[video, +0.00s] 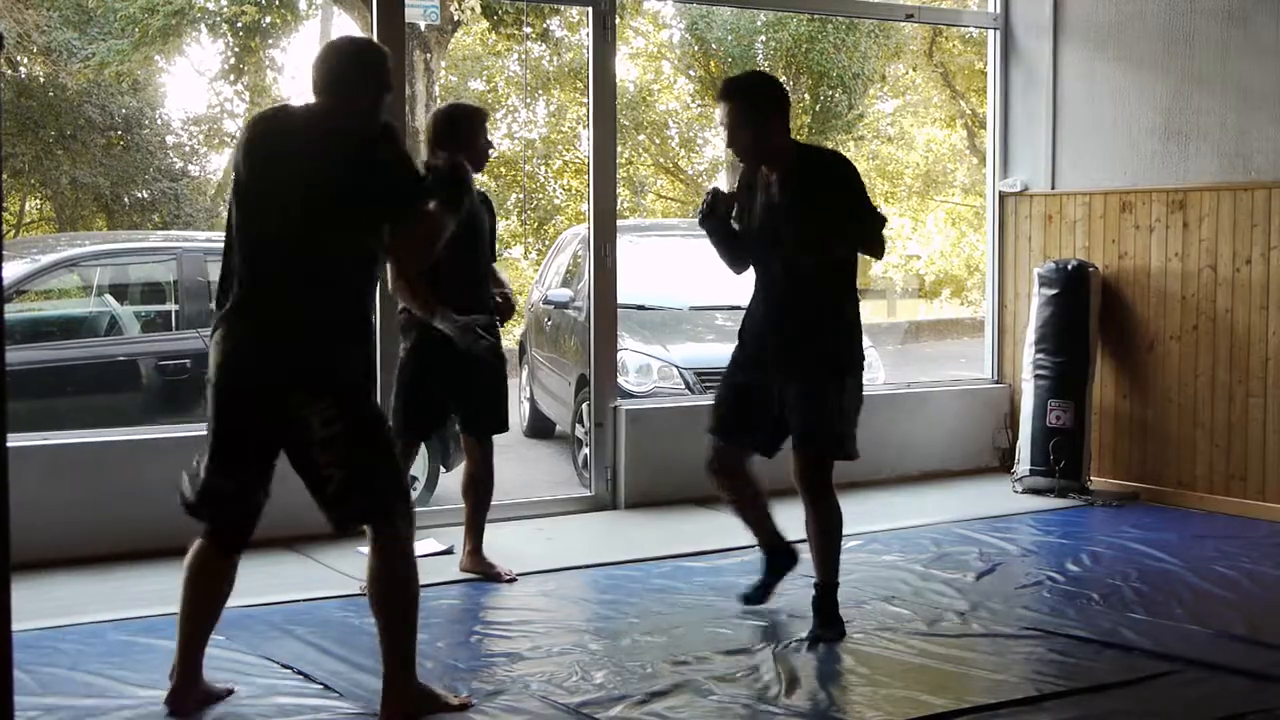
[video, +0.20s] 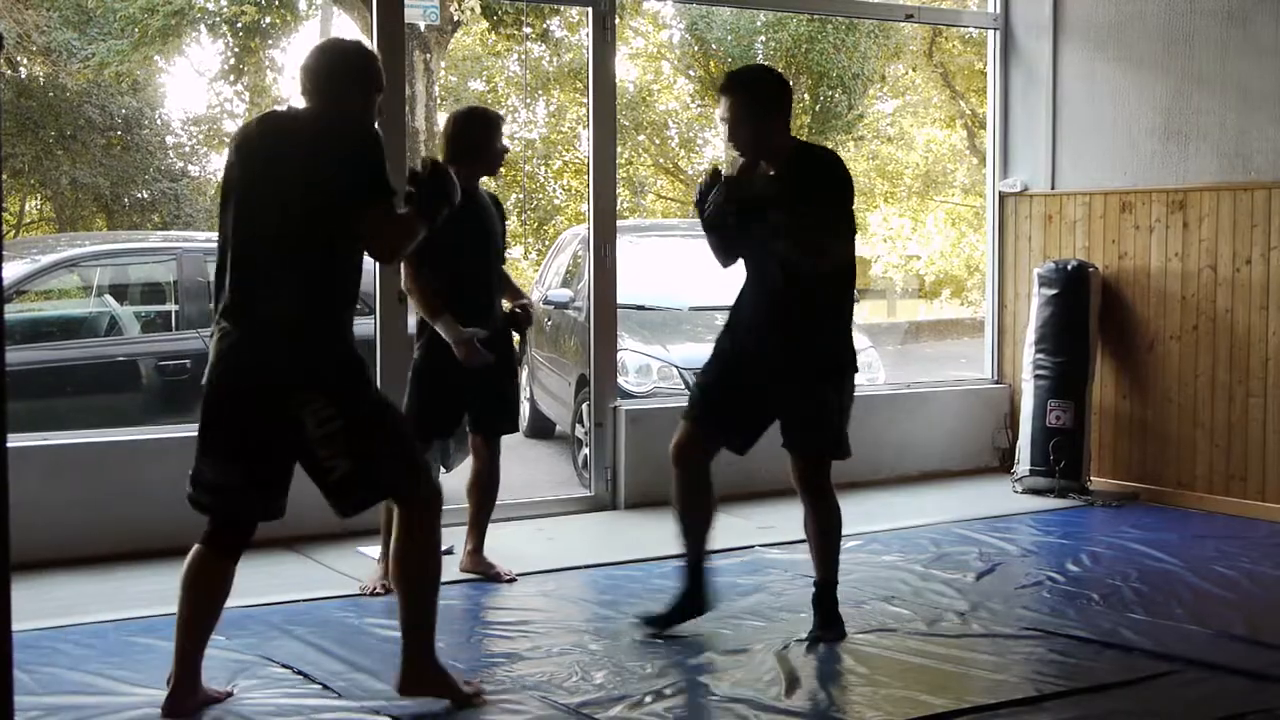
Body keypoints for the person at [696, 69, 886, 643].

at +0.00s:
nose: (726, 139)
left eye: (734, 125)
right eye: (725, 126)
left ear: (770, 121)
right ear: (750, 125)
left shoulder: (830, 170)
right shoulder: (751, 184)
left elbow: (873, 241)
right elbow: (741, 261)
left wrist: (801, 215)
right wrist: (716, 220)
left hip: (825, 344)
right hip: (766, 341)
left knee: (813, 475)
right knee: (726, 462)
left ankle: (827, 602)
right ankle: (776, 551)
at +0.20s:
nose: (727, 131)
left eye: (735, 117)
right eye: (726, 118)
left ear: (770, 116)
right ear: (747, 119)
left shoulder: (823, 168)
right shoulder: (730, 182)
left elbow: (823, 257)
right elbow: (726, 252)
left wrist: (749, 205)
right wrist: (732, 186)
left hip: (817, 346)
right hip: (752, 340)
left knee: (812, 476)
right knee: (688, 452)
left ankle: (827, 604)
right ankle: (695, 588)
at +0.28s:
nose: (721, 131)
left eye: (728, 120)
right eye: (720, 121)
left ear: (764, 115)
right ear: (741, 117)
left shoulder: (816, 174)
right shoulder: (729, 182)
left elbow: (835, 275)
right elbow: (712, 249)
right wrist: (718, 191)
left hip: (805, 349)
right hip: (740, 344)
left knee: (810, 480)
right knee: (681, 459)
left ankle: (826, 609)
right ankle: (654, 603)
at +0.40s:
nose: (702, 139)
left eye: (710, 127)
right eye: (700, 128)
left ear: (747, 119)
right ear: (710, 126)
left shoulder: (797, 174)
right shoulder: (715, 185)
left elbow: (817, 267)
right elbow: (683, 253)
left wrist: (750, 216)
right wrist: (675, 204)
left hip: (783, 354)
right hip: (718, 352)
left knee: (797, 484)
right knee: (667, 478)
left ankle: (821, 609)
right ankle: (635, 621)